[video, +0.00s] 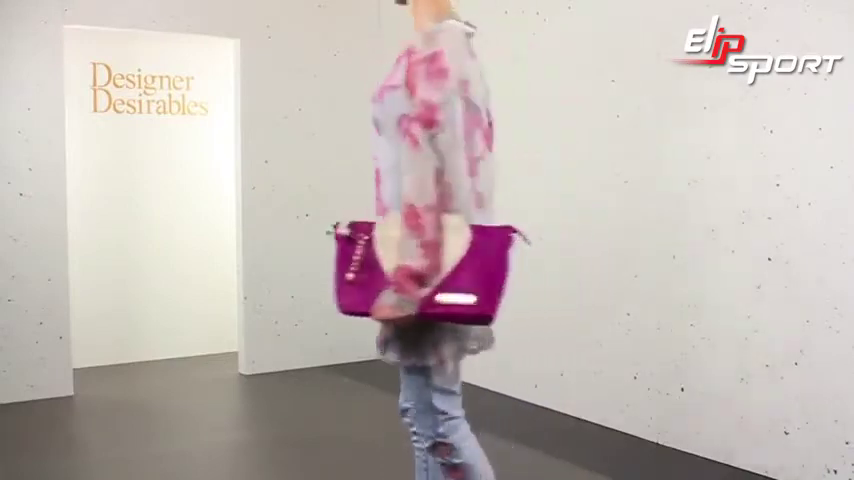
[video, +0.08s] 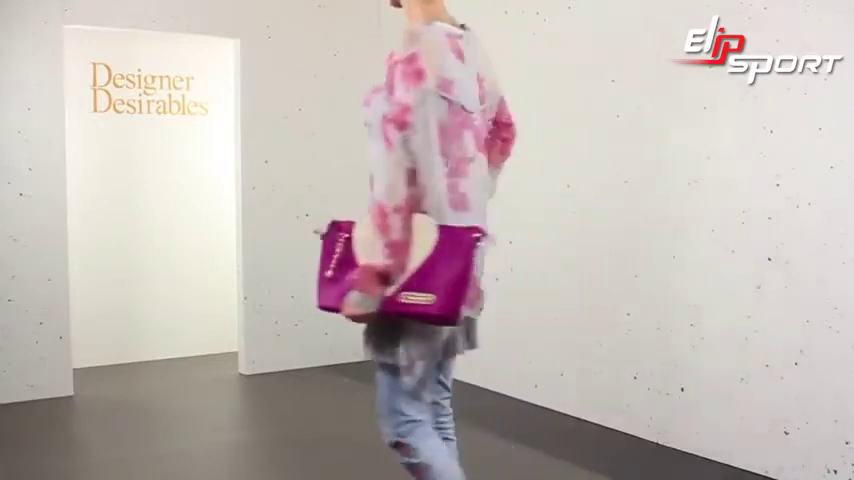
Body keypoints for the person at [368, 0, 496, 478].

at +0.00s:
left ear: (408, 0)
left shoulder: (431, 59)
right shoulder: (452, 52)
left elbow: (425, 183)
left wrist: (405, 288)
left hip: (433, 281)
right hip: (438, 276)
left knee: (442, 422)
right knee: (420, 415)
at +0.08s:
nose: (390, 1)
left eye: (391, 1)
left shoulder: (410, 60)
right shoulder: (467, 45)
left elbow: (393, 182)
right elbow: (502, 130)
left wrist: (367, 283)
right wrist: (466, 203)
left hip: (420, 266)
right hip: (460, 262)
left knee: (404, 419)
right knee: (436, 408)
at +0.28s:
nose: (370, 9)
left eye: (368, 4)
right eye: (366, 4)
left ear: (380, 0)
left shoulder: (379, 49)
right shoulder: (468, 54)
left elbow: (359, 168)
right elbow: (501, 162)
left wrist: (326, 267)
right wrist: (463, 235)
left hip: (389, 253)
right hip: (456, 258)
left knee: (351, 394)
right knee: (435, 408)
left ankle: (376, 474)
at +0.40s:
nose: (357, 6)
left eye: (361, 2)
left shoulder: (365, 47)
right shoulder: (458, 55)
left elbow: (341, 167)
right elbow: (477, 175)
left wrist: (307, 262)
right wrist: (451, 241)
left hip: (375, 252)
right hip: (446, 257)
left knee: (354, 395)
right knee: (433, 408)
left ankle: (356, 476)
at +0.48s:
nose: (359, 7)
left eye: (361, 2)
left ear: (368, 3)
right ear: (415, 3)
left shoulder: (357, 52)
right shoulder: (449, 58)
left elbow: (332, 168)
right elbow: (455, 168)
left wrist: (298, 261)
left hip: (368, 251)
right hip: (439, 253)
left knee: (357, 397)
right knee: (429, 405)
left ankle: (354, 475)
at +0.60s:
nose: (345, 10)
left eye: (346, 3)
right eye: (346, 3)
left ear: (356, 7)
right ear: (403, 8)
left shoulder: (342, 65)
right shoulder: (438, 71)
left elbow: (318, 176)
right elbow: (433, 174)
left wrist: (285, 266)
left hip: (352, 253)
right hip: (424, 254)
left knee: (346, 397)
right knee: (419, 405)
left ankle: (349, 475)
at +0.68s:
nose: (335, 11)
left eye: (338, 3)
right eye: (337, 3)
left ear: (348, 9)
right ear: (393, 10)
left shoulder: (334, 68)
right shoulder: (428, 74)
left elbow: (311, 176)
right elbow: (425, 173)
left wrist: (277, 261)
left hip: (341, 253)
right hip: (408, 255)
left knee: (337, 393)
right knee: (403, 402)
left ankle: (345, 477)